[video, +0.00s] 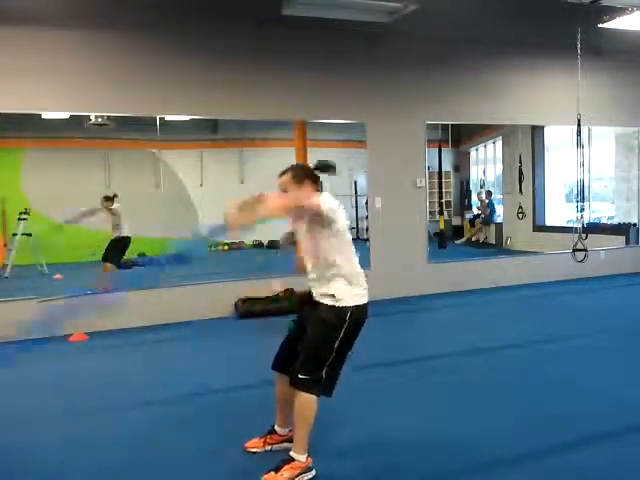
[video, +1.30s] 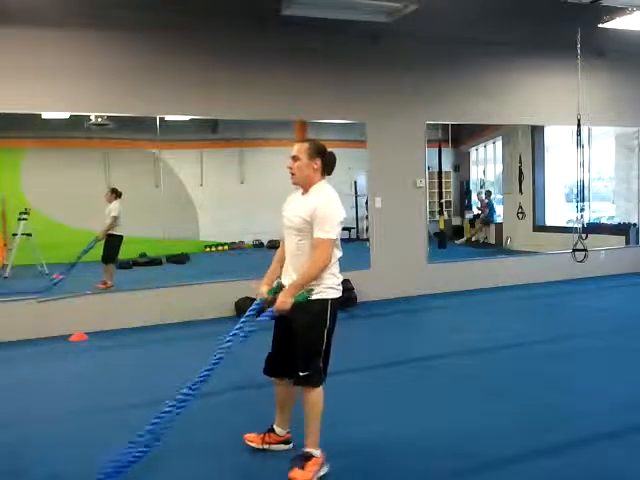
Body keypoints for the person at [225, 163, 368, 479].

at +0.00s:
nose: (284, 197)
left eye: (287, 191)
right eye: (282, 192)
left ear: (306, 186)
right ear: (299, 187)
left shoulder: (328, 205)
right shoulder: (301, 213)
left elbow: (295, 204)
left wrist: (255, 208)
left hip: (344, 303)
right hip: (320, 300)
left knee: (305, 379)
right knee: (284, 367)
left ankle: (300, 460)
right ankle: (283, 431)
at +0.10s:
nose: (267, 212)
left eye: (268, 204)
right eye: (264, 206)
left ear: (287, 196)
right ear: (283, 197)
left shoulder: (317, 212)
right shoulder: (294, 225)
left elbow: (314, 184)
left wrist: (259, 168)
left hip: (345, 301)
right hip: (320, 300)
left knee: (306, 379)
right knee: (284, 367)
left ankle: (301, 459)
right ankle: (282, 430)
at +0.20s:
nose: (242, 240)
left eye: (242, 232)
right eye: (239, 235)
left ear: (255, 222)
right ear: (255, 223)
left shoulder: (289, 239)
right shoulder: (279, 241)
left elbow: (315, 261)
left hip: (345, 307)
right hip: (318, 306)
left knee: (305, 380)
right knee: (283, 368)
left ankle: (298, 457)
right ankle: (279, 430)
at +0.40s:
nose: (225, 277)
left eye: (228, 270)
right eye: (224, 271)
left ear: (251, 266)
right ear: (249, 267)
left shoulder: (282, 287)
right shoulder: (266, 280)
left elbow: (318, 336)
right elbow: (274, 319)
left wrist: (312, 389)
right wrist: (270, 352)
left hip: (345, 312)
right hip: (315, 311)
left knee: (299, 383)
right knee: (281, 372)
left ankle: (298, 459)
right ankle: (281, 435)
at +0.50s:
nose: (234, 239)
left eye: (237, 232)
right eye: (233, 233)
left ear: (257, 231)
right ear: (256, 232)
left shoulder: (284, 258)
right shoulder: (269, 254)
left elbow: (310, 312)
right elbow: (272, 292)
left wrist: (287, 357)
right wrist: (261, 322)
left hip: (342, 307)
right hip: (315, 304)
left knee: (301, 380)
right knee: (283, 368)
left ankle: (298, 460)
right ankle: (281, 433)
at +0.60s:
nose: (249, 201)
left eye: (254, 194)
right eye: (249, 195)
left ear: (274, 195)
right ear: (271, 196)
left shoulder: (296, 227)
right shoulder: (274, 226)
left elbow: (311, 285)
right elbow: (274, 268)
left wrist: (277, 317)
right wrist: (251, 292)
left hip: (333, 302)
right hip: (305, 298)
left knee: (301, 382)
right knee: (281, 371)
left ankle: (298, 460)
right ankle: (280, 432)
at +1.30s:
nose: (289, 165)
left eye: (296, 159)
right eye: (290, 159)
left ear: (316, 166)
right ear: (303, 165)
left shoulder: (326, 200)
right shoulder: (295, 198)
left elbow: (323, 255)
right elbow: (287, 246)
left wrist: (292, 291)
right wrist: (269, 280)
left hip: (318, 298)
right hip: (291, 296)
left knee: (310, 376)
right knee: (281, 370)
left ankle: (313, 453)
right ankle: (280, 432)